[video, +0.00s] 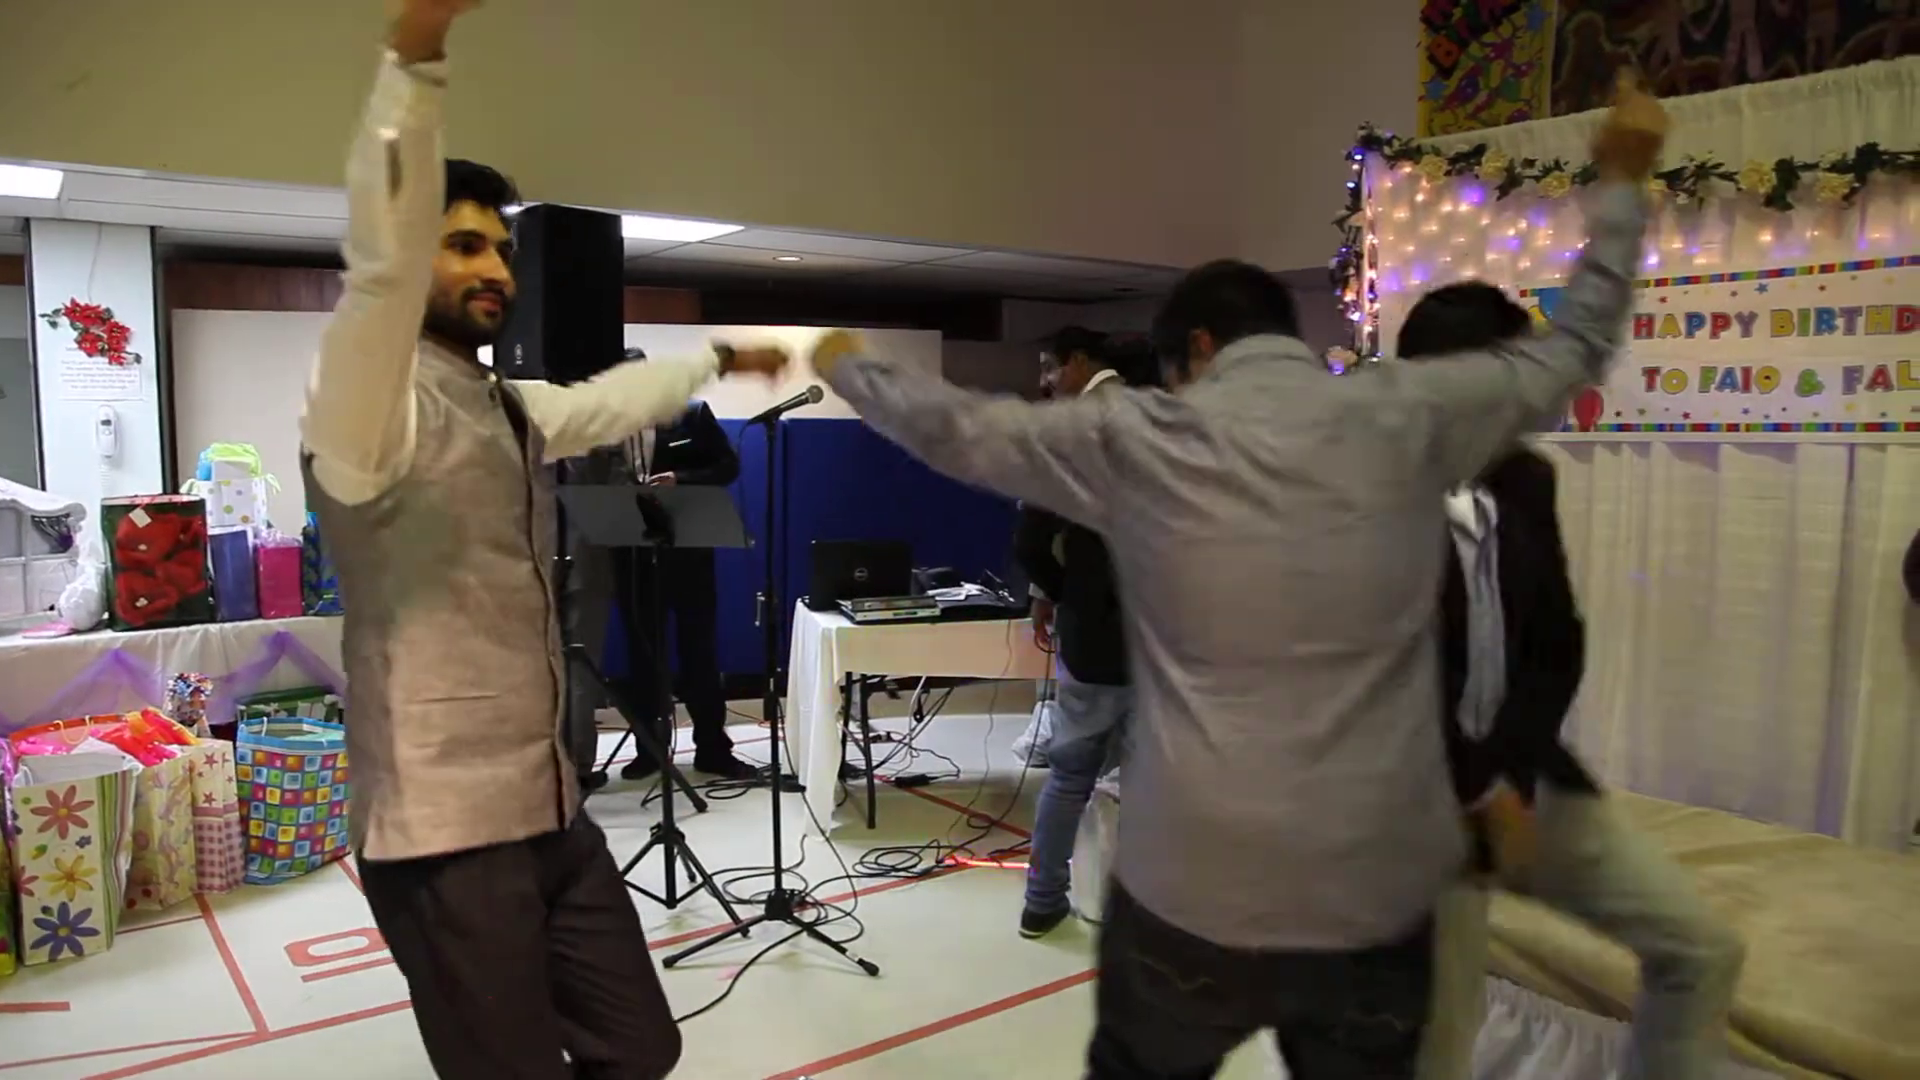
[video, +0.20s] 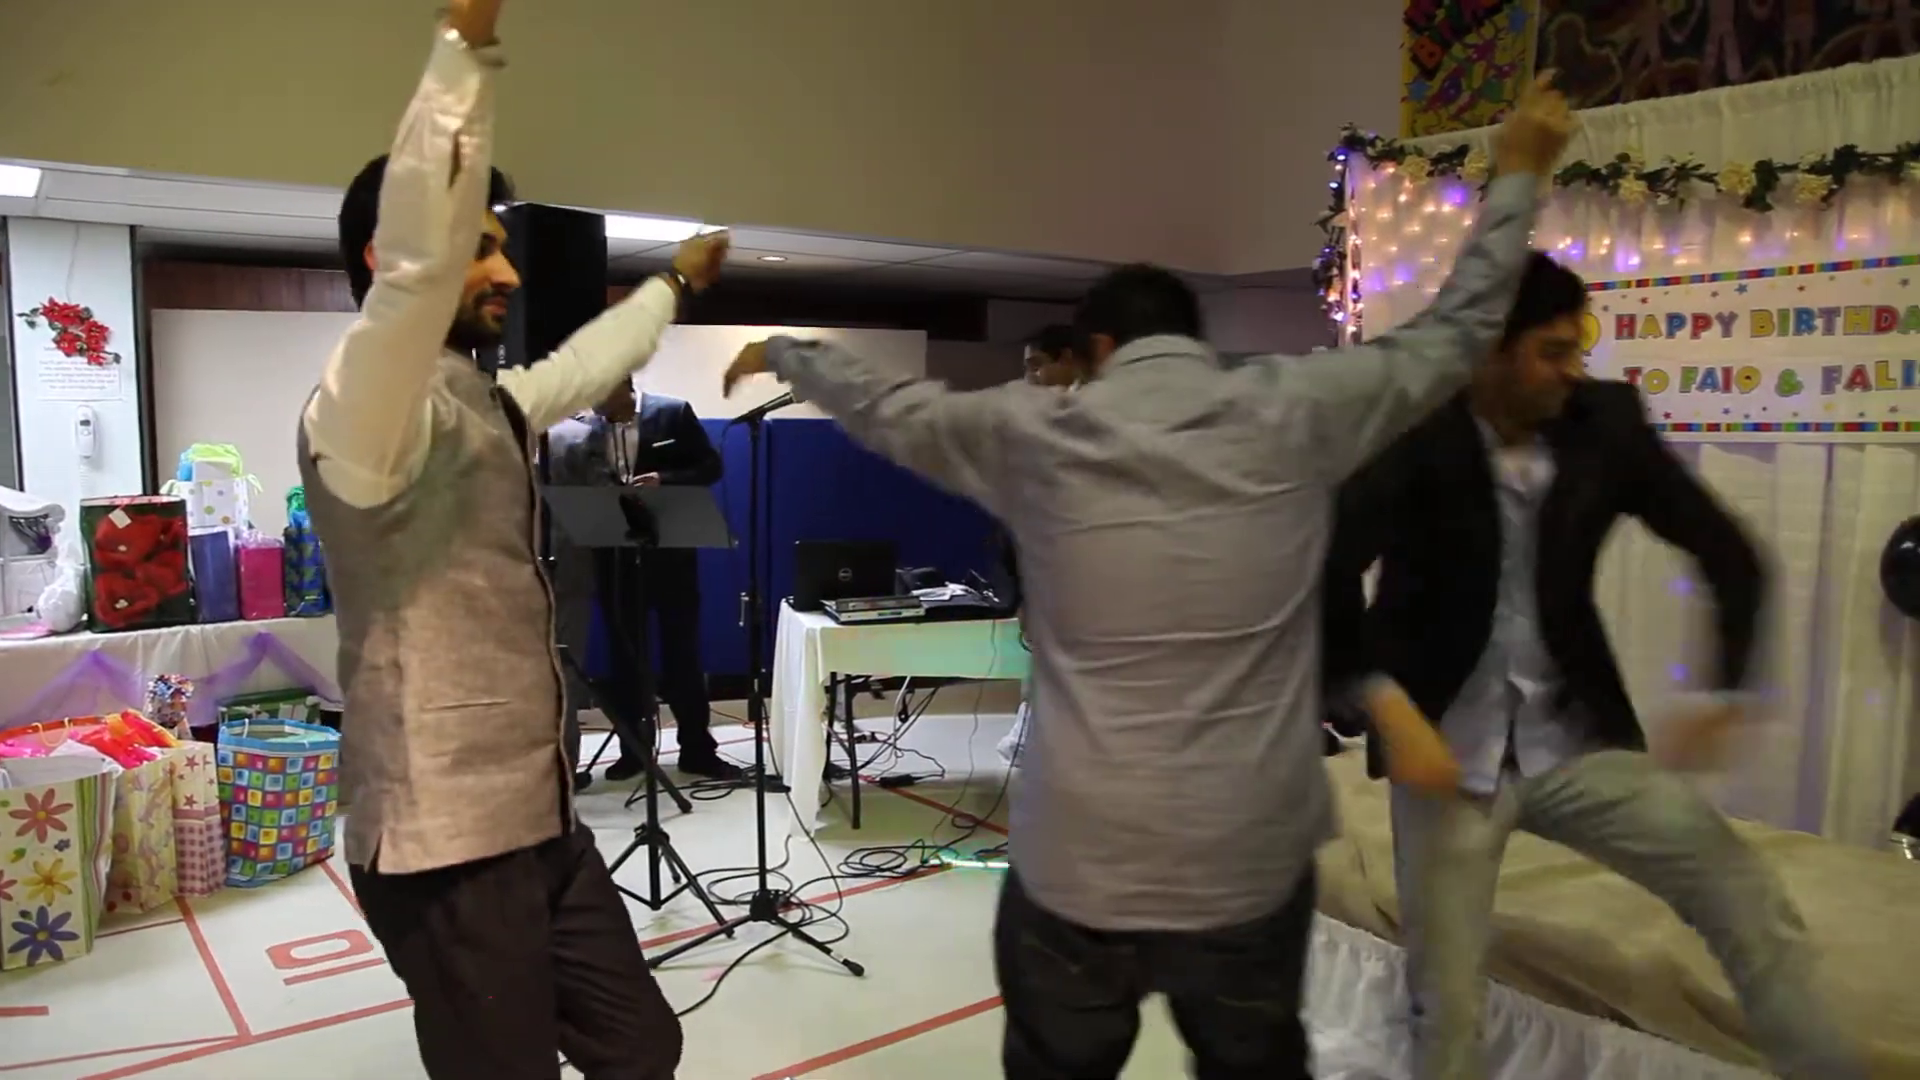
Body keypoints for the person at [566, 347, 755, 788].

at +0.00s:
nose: (634, 394)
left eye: (639, 383)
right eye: (623, 387)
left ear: (654, 379)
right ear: (608, 391)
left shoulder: (690, 415)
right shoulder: (603, 431)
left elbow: (726, 466)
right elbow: (587, 491)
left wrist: (679, 480)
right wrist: (625, 496)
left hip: (689, 555)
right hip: (633, 557)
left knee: (698, 652)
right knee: (642, 654)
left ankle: (713, 750)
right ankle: (649, 750)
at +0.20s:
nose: (603, 398)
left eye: (610, 389)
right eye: (597, 392)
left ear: (628, 386)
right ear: (590, 396)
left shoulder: (673, 415)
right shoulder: (581, 440)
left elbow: (709, 467)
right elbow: (572, 498)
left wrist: (663, 480)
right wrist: (603, 498)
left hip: (673, 557)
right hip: (615, 560)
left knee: (681, 653)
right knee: (624, 656)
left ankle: (697, 751)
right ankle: (633, 751)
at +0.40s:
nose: (576, 390)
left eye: (585, 381)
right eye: (574, 381)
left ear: (612, 380)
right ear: (577, 384)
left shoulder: (660, 416)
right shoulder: (564, 433)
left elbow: (698, 467)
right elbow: (552, 486)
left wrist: (648, 481)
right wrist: (599, 495)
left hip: (659, 556)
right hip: (600, 560)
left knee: (668, 651)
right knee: (609, 653)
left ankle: (684, 750)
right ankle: (621, 750)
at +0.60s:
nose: (574, 382)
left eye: (584, 372)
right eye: (573, 373)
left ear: (610, 374)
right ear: (575, 379)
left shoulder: (654, 415)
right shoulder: (565, 429)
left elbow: (688, 468)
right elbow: (556, 488)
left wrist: (635, 481)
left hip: (647, 558)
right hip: (593, 561)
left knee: (653, 653)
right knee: (604, 657)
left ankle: (666, 750)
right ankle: (610, 753)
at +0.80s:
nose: (576, 372)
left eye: (586, 364)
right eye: (573, 365)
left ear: (605, 366)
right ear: (564, 374)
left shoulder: (639, 415)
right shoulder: (551, 426)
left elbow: (672, 469)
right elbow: (536, 481)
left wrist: (612, 480)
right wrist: (562, 487)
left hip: (632, 559)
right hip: (575, 560)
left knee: (639, 655)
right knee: (586, 658)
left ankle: (651, 751)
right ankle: (593, 751)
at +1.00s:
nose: (557, 374)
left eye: (563, 364)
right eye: (550, 366)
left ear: (579, 372)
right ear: (544, 375)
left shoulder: (613, 418)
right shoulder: (537, 420)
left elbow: (641, 475)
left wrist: (572, 482)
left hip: (611, 558)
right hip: (559, 558)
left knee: (621, 658)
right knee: (568, 661)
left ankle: (645, 756)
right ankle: (577, 763)